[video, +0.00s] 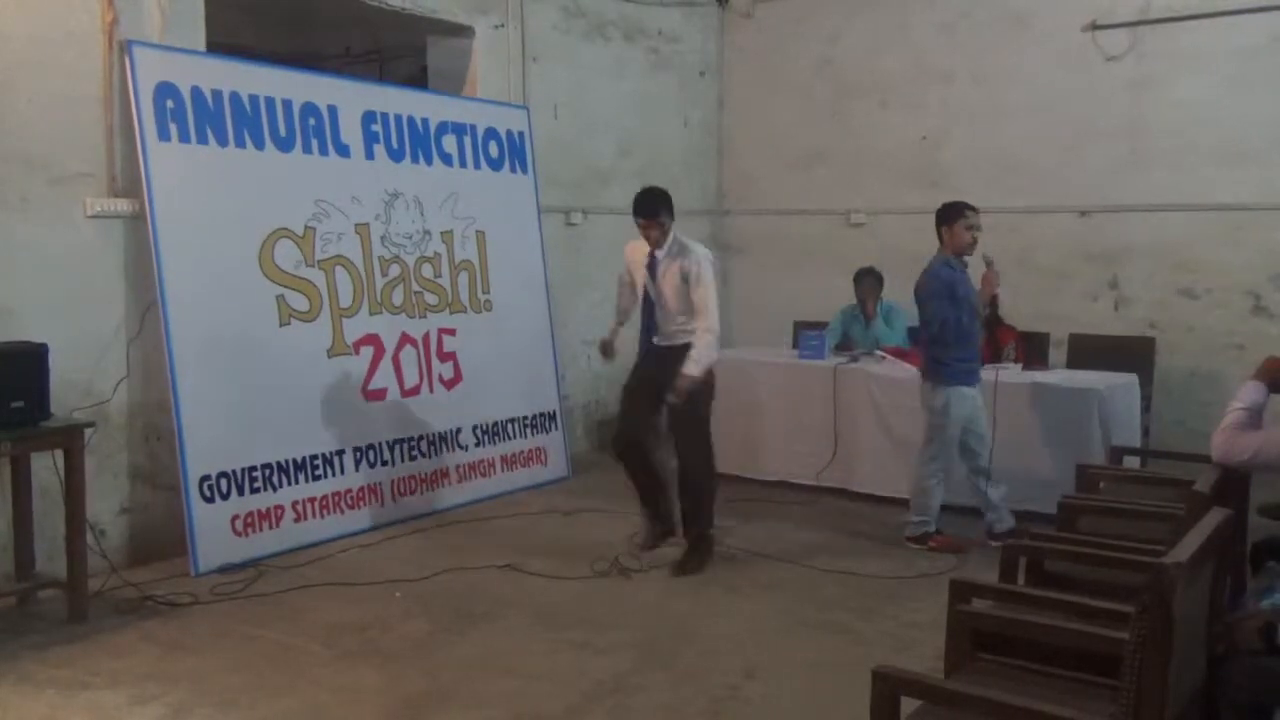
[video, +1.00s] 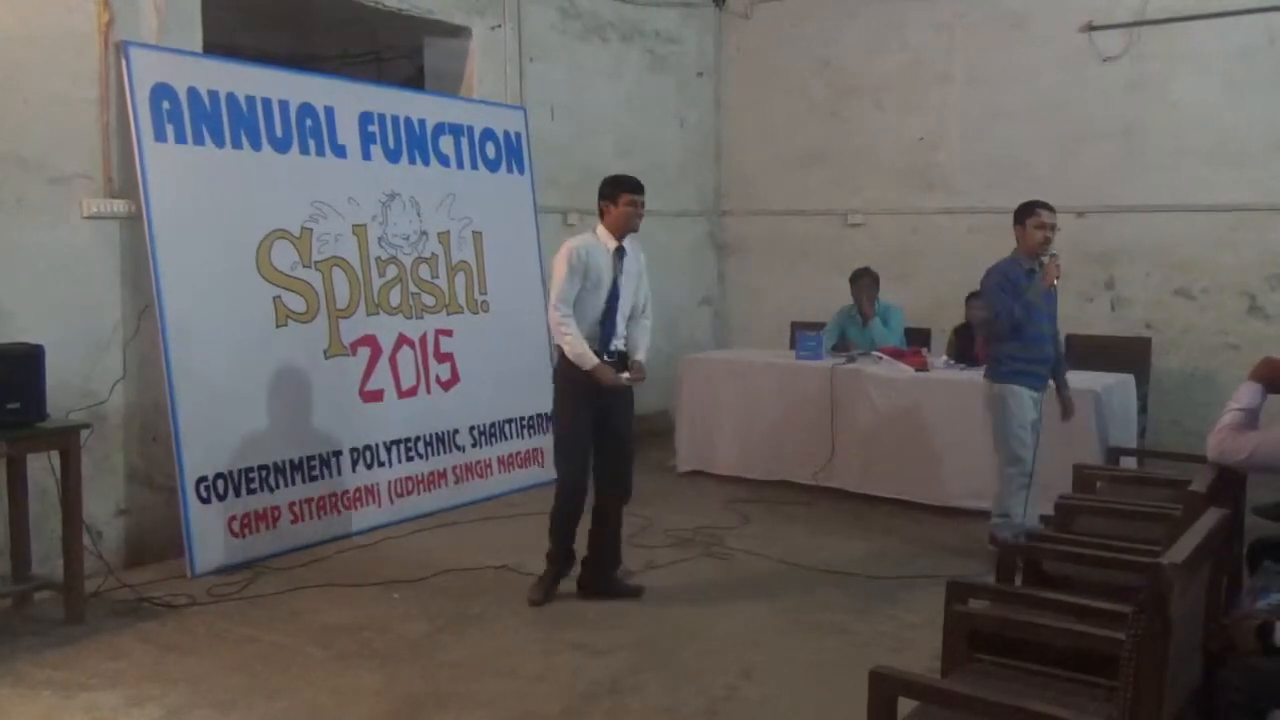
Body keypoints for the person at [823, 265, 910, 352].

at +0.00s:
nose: (866, 301)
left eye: (870, 295)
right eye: (861, 296)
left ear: (879, 293)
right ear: (855, 293)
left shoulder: (894, 312)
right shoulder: (847, 314)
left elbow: (894, 347)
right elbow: (827, 341)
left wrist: (873, 317)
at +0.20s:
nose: (864, 296)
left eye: (869, 291)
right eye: (860, 291)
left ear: (878, 292)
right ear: (854, 292)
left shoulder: (892, 314)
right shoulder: (845, 314)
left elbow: (893, 348)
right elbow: (827, 341)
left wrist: (872, 317)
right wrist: (837, 346)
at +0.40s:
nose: (864, 296)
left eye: (869, 291)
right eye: (859, 291)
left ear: (878, 292)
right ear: (853, 292)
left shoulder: (891, 314)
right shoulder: (845, 314)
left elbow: (893, 349)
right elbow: (827, 339)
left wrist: (871, 318)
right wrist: (836, 346)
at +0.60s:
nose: (863, 295)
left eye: (868, 290)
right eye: (858, 290)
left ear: (877, 292)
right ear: (853, 292)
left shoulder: (893, 313)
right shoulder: (845, 314)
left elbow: (892, 350)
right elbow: (823, 345)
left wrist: (871, 318)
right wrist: (837, 347)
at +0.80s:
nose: (862, 296)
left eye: (867, 291)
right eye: (858, 291)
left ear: (876, 292)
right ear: (852, 293)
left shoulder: (893, 313)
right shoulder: (844, 314)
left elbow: (891, 350)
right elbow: (822, 345)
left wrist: (871, 317)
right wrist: (837, 347)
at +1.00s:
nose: (863, 296)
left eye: (867, 290)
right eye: (858, 291)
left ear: (876, 292)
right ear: (852, 293)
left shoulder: (892, 313)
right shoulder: (844, 314)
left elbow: (891, 349)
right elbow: (823, 344)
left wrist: (871, 317)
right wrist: (837, 347)